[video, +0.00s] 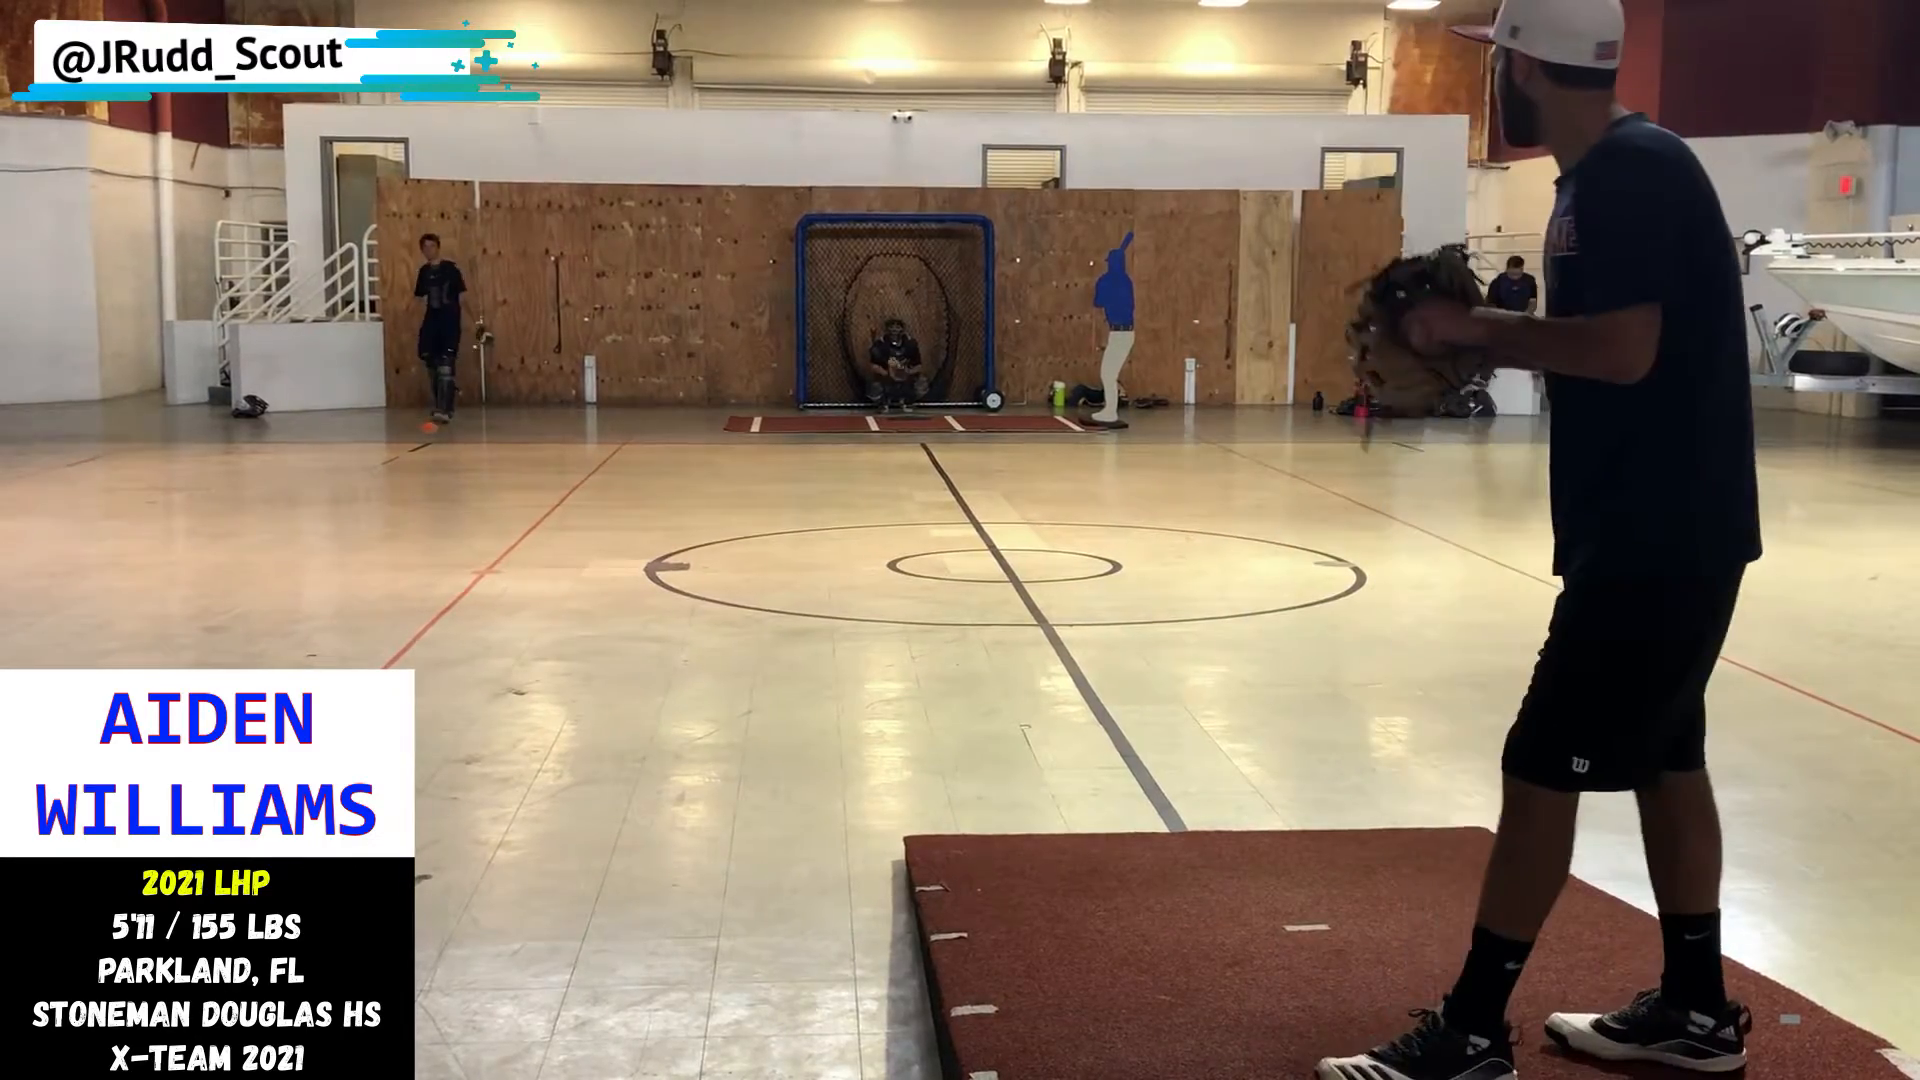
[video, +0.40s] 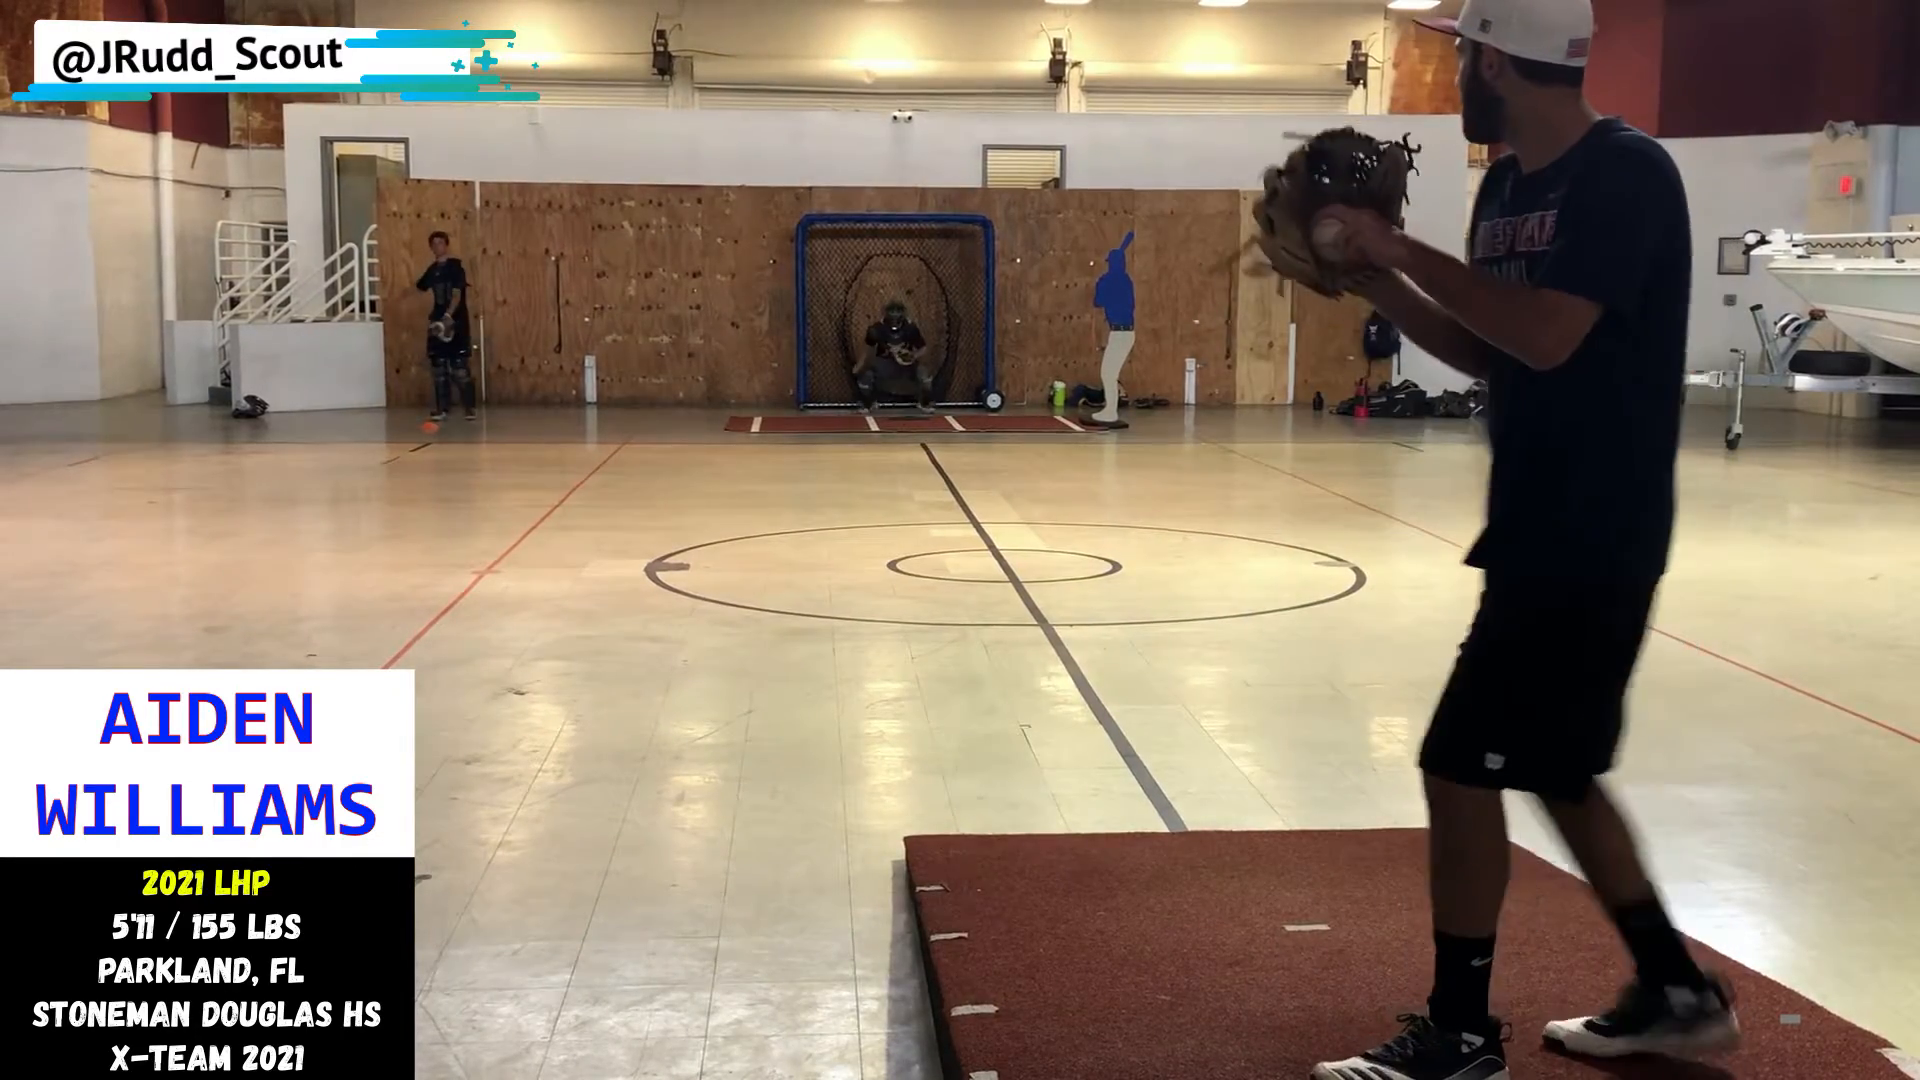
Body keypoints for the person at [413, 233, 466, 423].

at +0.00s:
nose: (428, 250)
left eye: (431, 246)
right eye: (425, 247)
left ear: (438, 247)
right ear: (422, 250)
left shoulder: (451, 268)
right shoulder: (424, 271)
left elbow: (461, 296)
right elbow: (419, 298)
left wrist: (474, 318)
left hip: (449, 320)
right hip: (432, 320)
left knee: (446, 361)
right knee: (429, 357)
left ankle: (445, 408)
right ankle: (439, 403)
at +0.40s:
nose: (438, 247)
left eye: (440, 243)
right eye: (435, 244)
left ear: (447, 245)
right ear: (431, 248)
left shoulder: (455, 266)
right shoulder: (433, 269)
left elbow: (457, 295)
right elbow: (420, 287)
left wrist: (448, 316)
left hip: (457, 320)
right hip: (438, 319)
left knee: (459, 364)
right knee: (439, 364)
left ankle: (469, 406)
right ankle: (442, 407)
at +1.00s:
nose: (465, 249)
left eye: (468, 246)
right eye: (462, 246)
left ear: (472, 248)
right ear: (456, 248)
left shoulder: (478, 269)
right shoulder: (449, 267)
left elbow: (493, 291)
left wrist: (515, 313)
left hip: (474, 319)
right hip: (454, 318)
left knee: (476, 361)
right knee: (445, 358)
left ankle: (476, 406)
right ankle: (443, 404)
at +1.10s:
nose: (468, 249)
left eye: (471, 245)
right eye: (464, 246)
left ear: (475, 248)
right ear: (458, 248)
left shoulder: (482, 269)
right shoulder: (452, 267)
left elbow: (495, 294)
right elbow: (436, 284)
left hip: (476, 320)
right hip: (455, 319)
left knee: (477, 362)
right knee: (446, 359)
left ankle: (476, 406)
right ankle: (443, 403)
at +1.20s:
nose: (469, 249)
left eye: (471, 245)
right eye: (465, 245)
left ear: (476, 247)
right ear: (459, 248)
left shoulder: (484, 269)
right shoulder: (454, 268)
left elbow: (494, 291)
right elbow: (440, 286)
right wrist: (457, 289)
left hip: (477, 319)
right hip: (456, 319)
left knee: (478, 362)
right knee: (448, 359)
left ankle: (476, 406)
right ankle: (445, 403)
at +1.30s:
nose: (469, 249)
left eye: (472, 245)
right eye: (465, 245)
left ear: (476, 247)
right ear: (459, 247)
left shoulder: (483, 268)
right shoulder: (452, 268)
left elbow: (491, 291)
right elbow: (447, 290)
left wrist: (475, 296)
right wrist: (462, 297)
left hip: (478, 321)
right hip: (457, 322)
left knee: (478, 363)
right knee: (453, 361)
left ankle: (476, 405)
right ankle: (452, 402)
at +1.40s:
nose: (466, 248)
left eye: (469, 244)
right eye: (463, 244)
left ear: (473, 246)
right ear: (456, 247)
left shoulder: (481, 268)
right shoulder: (451, 268)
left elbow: (488, 297)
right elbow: (455, 292)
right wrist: (472, 302)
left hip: (477, 321)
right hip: (457, 321)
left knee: (478, 362)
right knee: (454, 361)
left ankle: (476, 405)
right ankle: (458, 402)